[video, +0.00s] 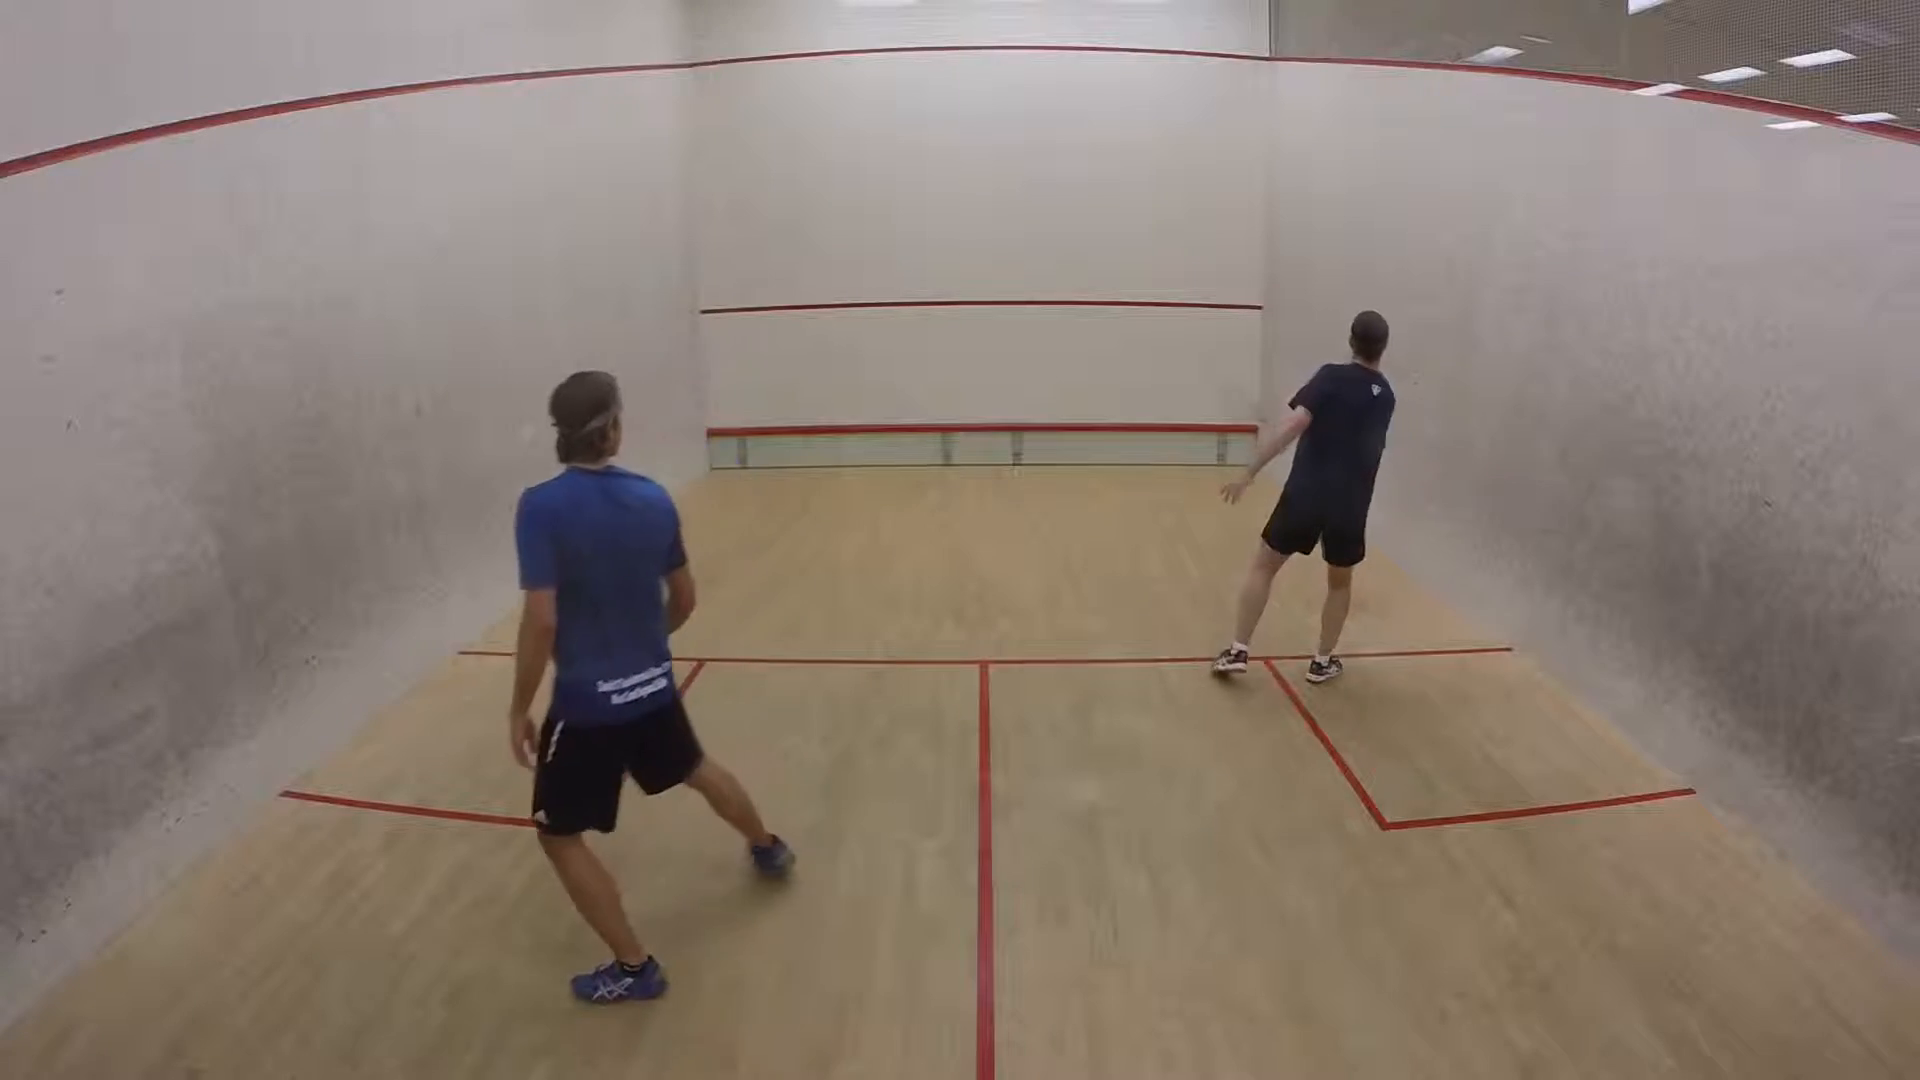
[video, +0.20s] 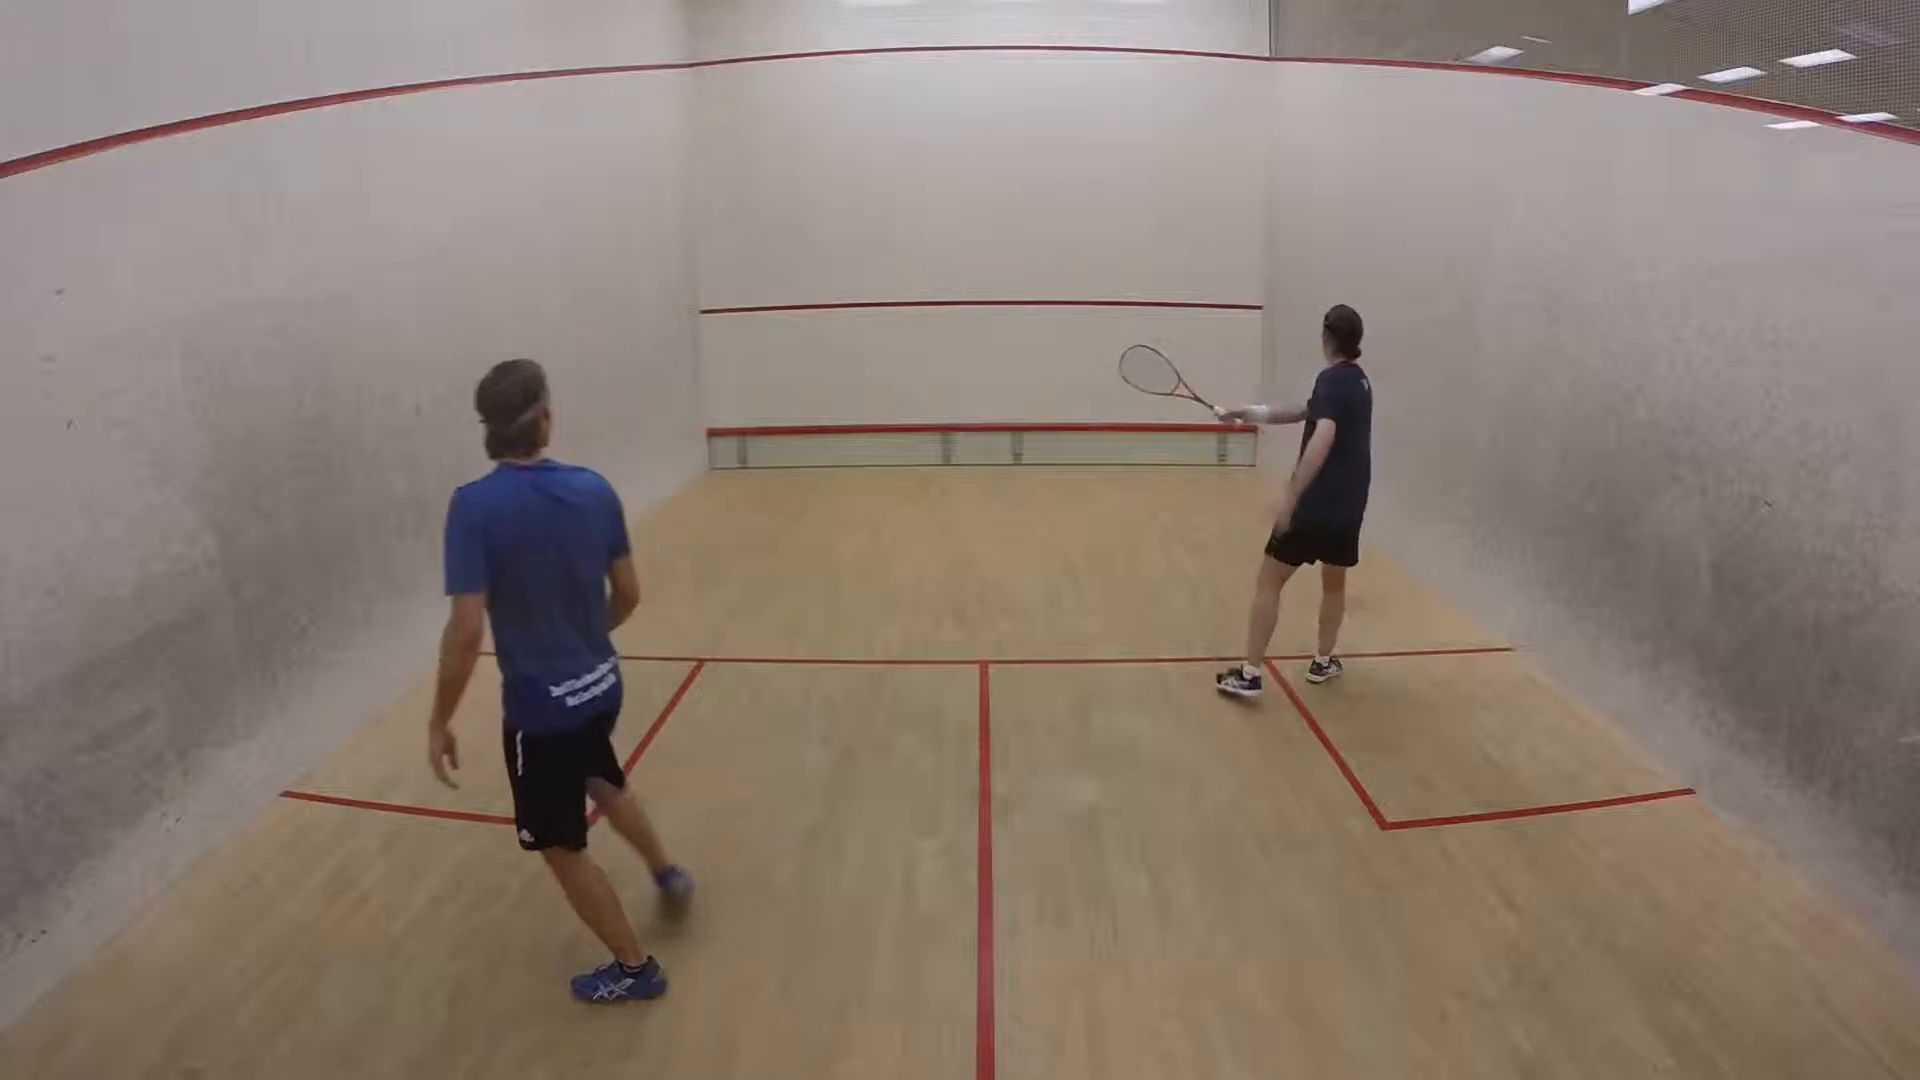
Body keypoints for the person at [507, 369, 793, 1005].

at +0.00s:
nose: (623, 427)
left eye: (614, 418)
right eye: (620, 419)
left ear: (557, 431)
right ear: (612, 429)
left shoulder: (540, 506)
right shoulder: (650, 497)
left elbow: (541, 622)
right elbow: (683, 600)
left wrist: (520, 710)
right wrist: (647, 637)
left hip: (587, 711)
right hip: (655, 692)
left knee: (559, 833)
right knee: (697, 767)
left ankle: (634, 967)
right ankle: (768, 848)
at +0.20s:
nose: (549, 416)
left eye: (540, 409)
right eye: (548, 408)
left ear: (483, 424)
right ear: (546, 418)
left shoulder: (475, 507)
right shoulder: (592, 490)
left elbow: (467, 629)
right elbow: (627, 594)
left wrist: (441, 719)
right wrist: (587, 631)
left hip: (541, 713)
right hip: (601, 686)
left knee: (560, 847)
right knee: (602, 778)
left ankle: (635, 966)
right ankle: (666, 874)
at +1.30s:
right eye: (294, 449)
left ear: (219, 493)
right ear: (297, 463)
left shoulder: (243, 601)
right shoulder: (379, 542)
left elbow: (287, 761)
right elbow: (445, 652)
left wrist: (298, 877)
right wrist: (399, 714)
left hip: (358, 833)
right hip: (435, 789)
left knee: (385, 981)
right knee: (458, 908)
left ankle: (431, 1075)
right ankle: (530, 1023)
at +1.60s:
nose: (279, 546)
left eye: (277, 532)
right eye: (272, 533)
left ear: (306, 528)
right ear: (356, 493)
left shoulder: (375, 613)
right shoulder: (419, 560)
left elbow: (467, 754)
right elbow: (463, 694)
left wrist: (454, 896)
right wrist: (408, 782)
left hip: (457, 869)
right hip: (515, 824)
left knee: (442, 1021)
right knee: (523, 971)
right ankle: (594, 1073)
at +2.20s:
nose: (590, 599)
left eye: (615, 576)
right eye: (566, 573)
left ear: (655, 537)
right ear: (541, 540)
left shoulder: (718, 616)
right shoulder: (493, 648)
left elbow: (781, 719)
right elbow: (443, 785)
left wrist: (796, 870)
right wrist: (417, 950)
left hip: (714, 925)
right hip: (590, 934)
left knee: (729, 1070)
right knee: (581, 1071)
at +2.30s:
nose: (697, 591)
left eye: (716, 566)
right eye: (673, 567)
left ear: (736, 543)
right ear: (618, 533)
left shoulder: (762, 604)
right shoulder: (535, 664)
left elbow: (800, 716)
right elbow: (479, 814)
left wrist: (842, 842)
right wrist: (497, 986)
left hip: (756, 936)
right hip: (639, 960)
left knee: (761, 1066)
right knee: (655, 1065)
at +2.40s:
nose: (806, 580)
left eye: (816, 556)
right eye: (789, 556)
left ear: (830, 535)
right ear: (701, 517)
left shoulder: (794, 598)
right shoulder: (608, 688)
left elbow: (805, 714)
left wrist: (878, 816)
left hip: (788, 930)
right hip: (702, 976)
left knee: (785, 1053)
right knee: (724, 1069)